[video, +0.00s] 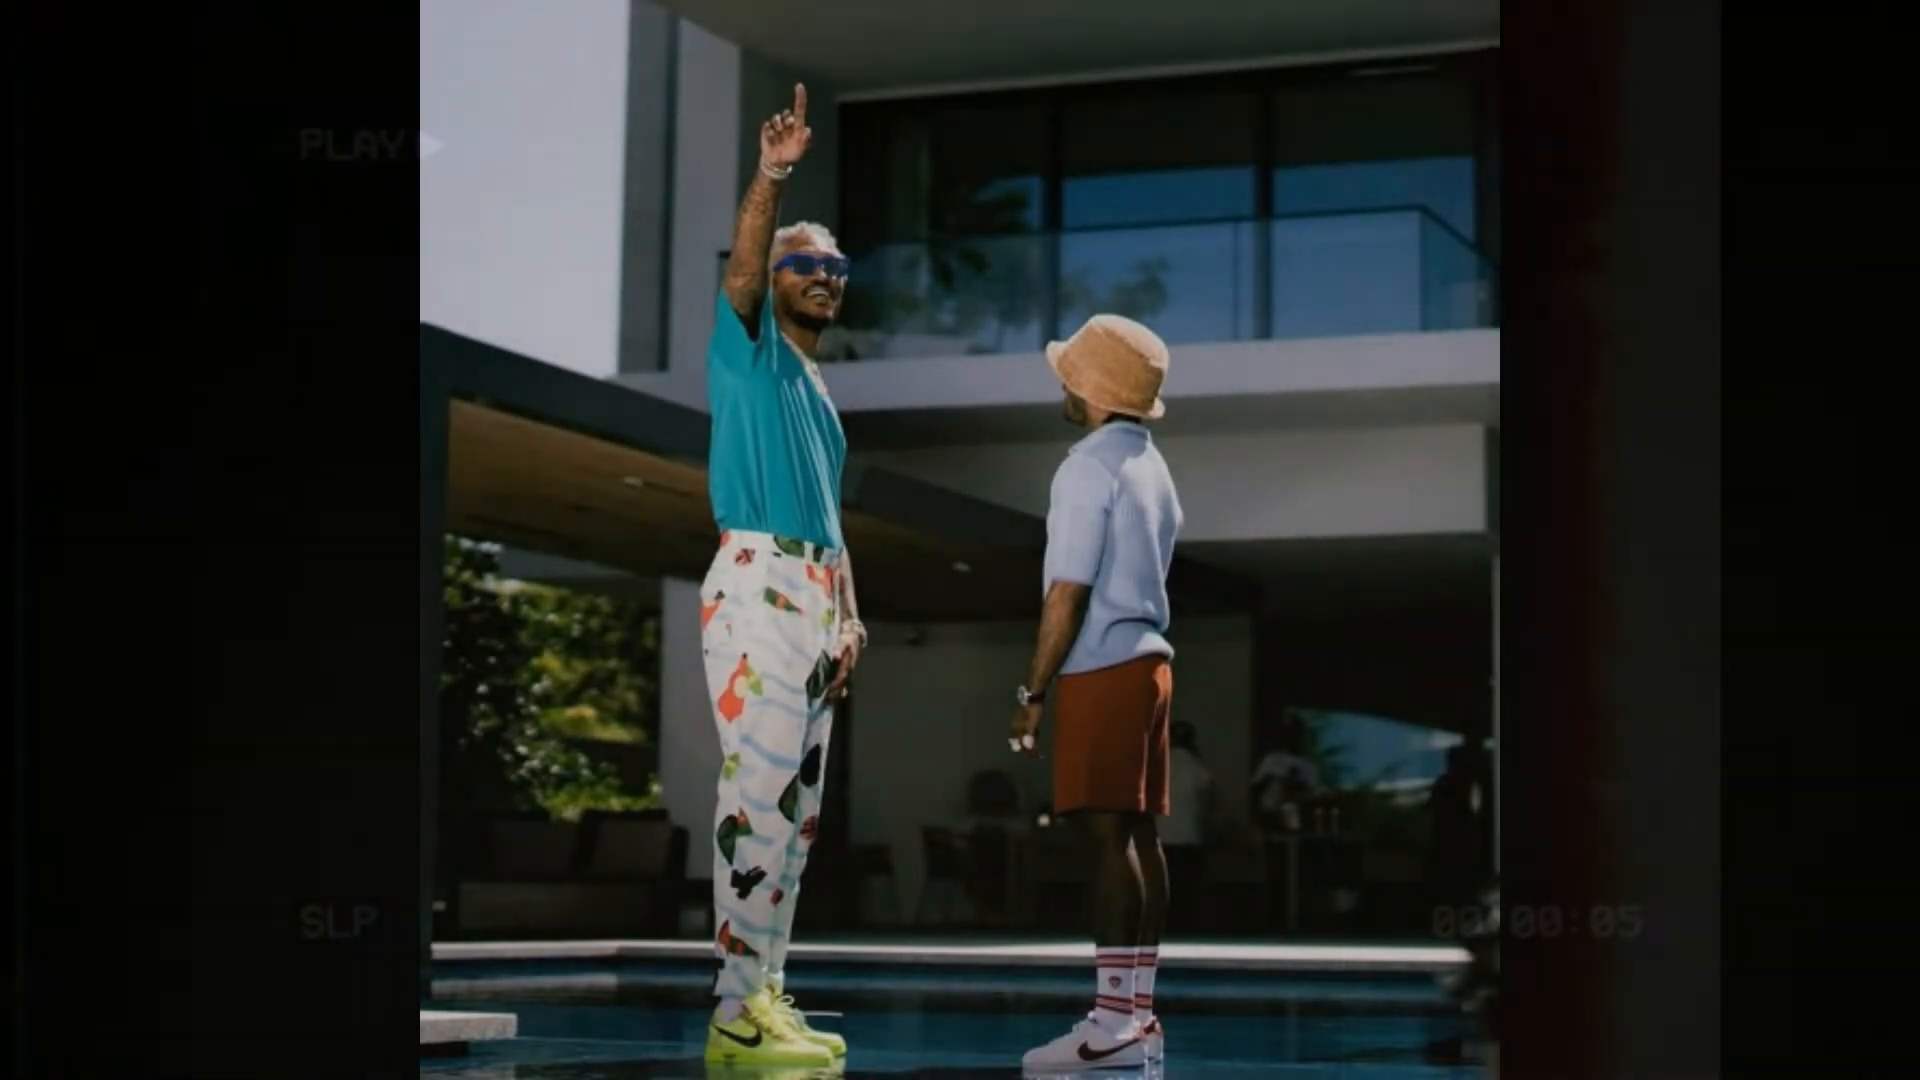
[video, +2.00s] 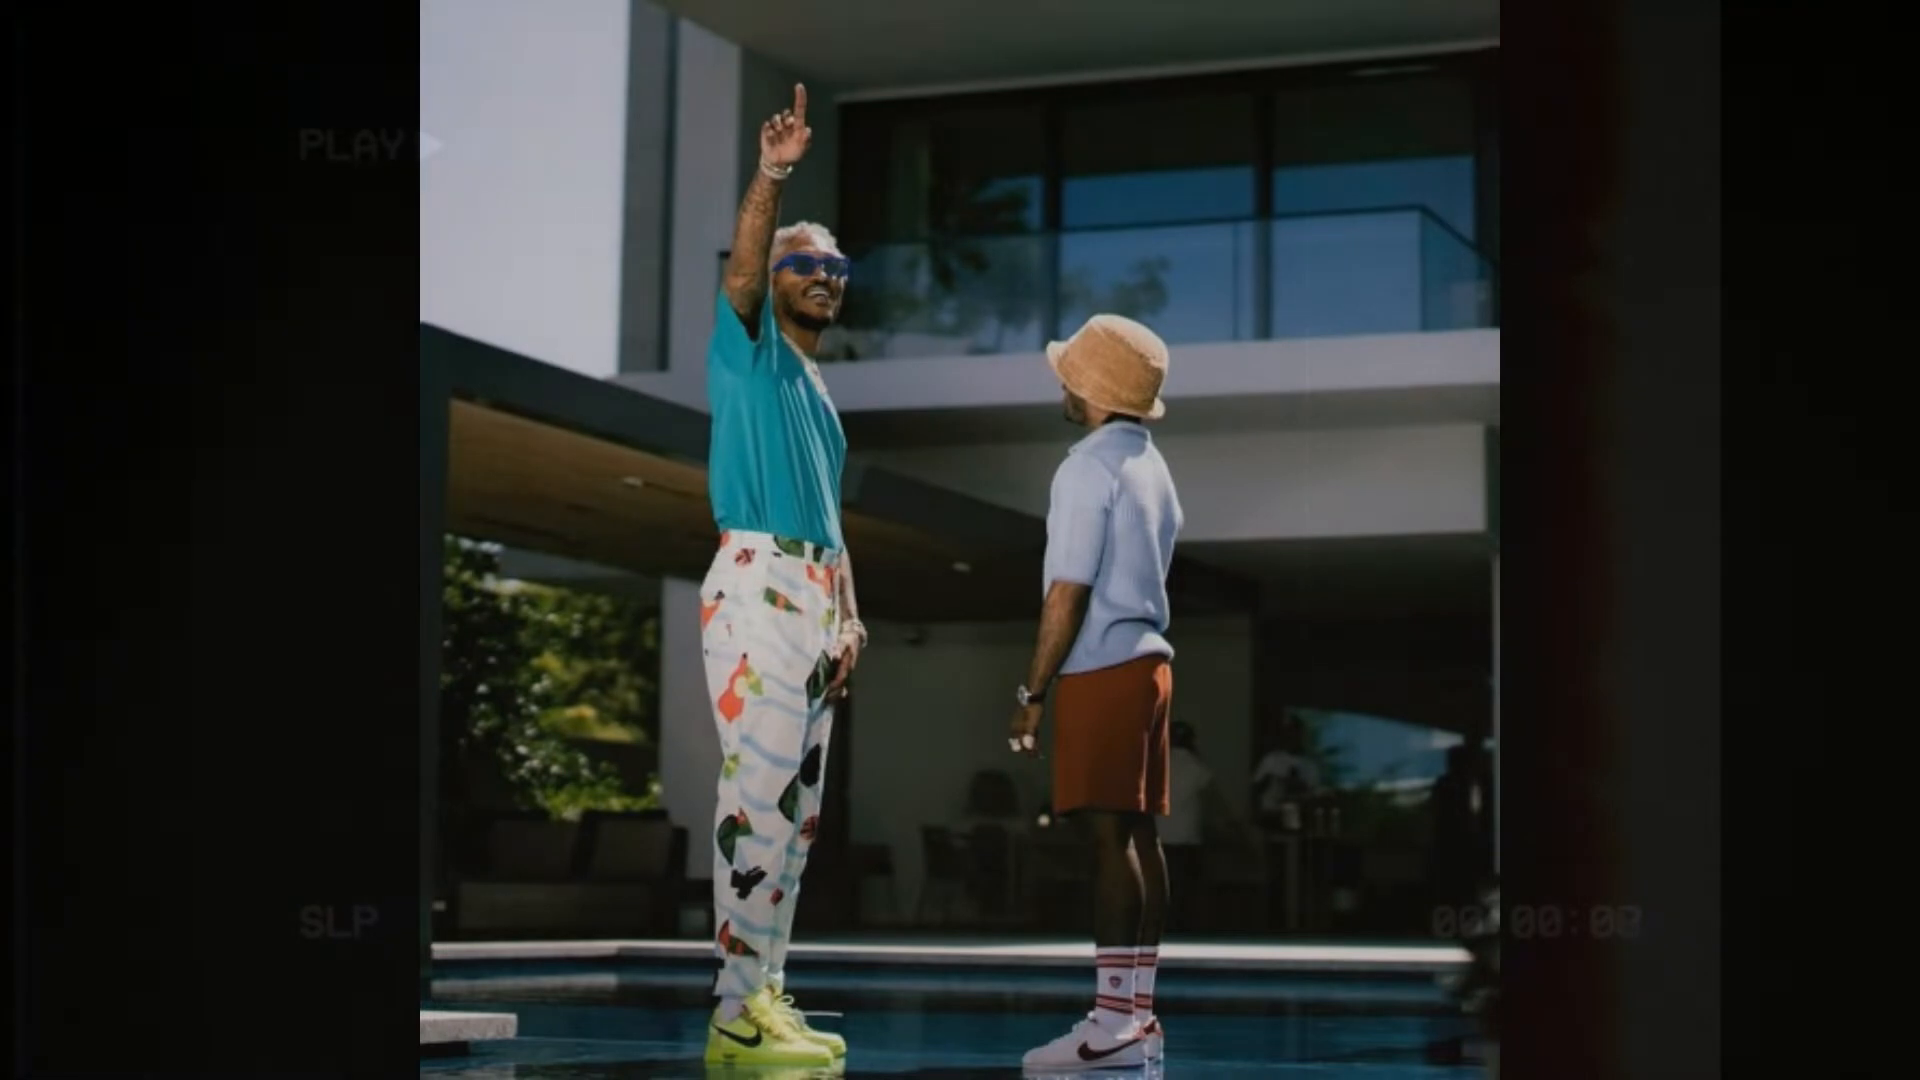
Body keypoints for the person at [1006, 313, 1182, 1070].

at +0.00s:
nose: (1064, 389)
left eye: (1072, 379)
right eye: (1069, 377)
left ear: (1092, 391)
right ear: (1131, 394)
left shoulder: (1088, 468)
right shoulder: (1148, 463)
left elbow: (1067, 594)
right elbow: (1146, 579)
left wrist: (1031, 691)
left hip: (1104, 669)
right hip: (1146, 666)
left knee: (1107, 838)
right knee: (1140, 837)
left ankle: (1116, 1014)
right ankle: (1135, 1011)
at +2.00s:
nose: (1064, 387)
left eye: (1072, 378)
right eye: (1068, 376)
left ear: (1092, 390)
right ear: (1130, 393)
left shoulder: (1087, 468)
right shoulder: (1147, 463)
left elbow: (1067, 595)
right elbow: (1148, 579)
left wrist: (1031, 691)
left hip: (1104, 669)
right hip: (1146, 666)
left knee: (1109, 838)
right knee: (1139, 837)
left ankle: (1116, 1015)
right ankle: (1135, 1013)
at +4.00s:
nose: (1063, 388)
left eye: (1072, 378)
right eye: (1068, 376)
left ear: (1092, 391)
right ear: (1130, 394)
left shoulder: (1087, 468)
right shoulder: (1148, 463)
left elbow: (1067, 594)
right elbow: (1148, 578)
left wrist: (1032, 691)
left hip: (1104, 669)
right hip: (1147, 665)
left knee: (1108, 838)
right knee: (1139, 838)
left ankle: (1116, 1015)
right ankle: (1135, 1012)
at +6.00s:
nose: (1063, 389)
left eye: (1071, 379)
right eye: (1068, 378)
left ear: (1092, 391)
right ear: (1130, 395)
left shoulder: (1088, 468)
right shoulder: (1147, 463)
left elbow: (1068, 594)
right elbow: (1142, 583)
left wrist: (1031, 692)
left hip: (1104, 669)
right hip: (1146, 666)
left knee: (1108, 839)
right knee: (1139, 839)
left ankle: (1116, 1015)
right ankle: (1135, 1012)